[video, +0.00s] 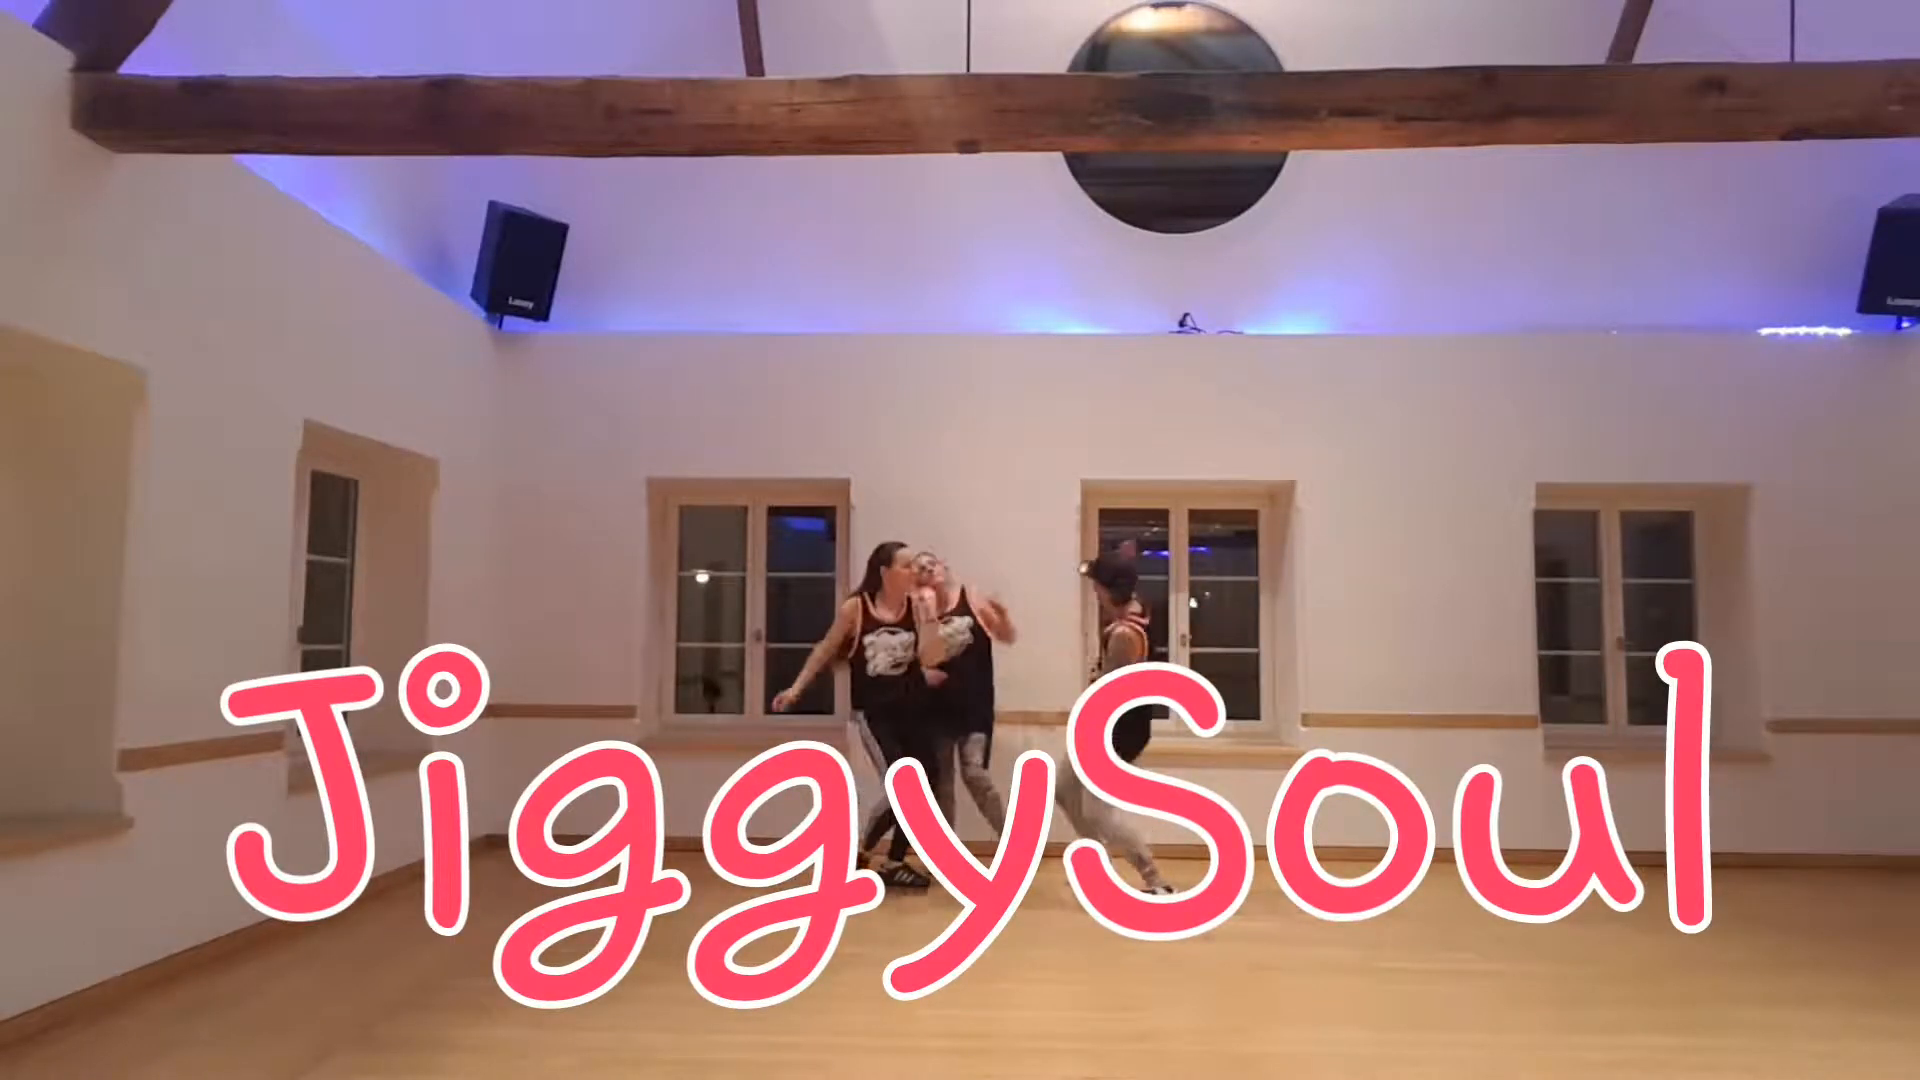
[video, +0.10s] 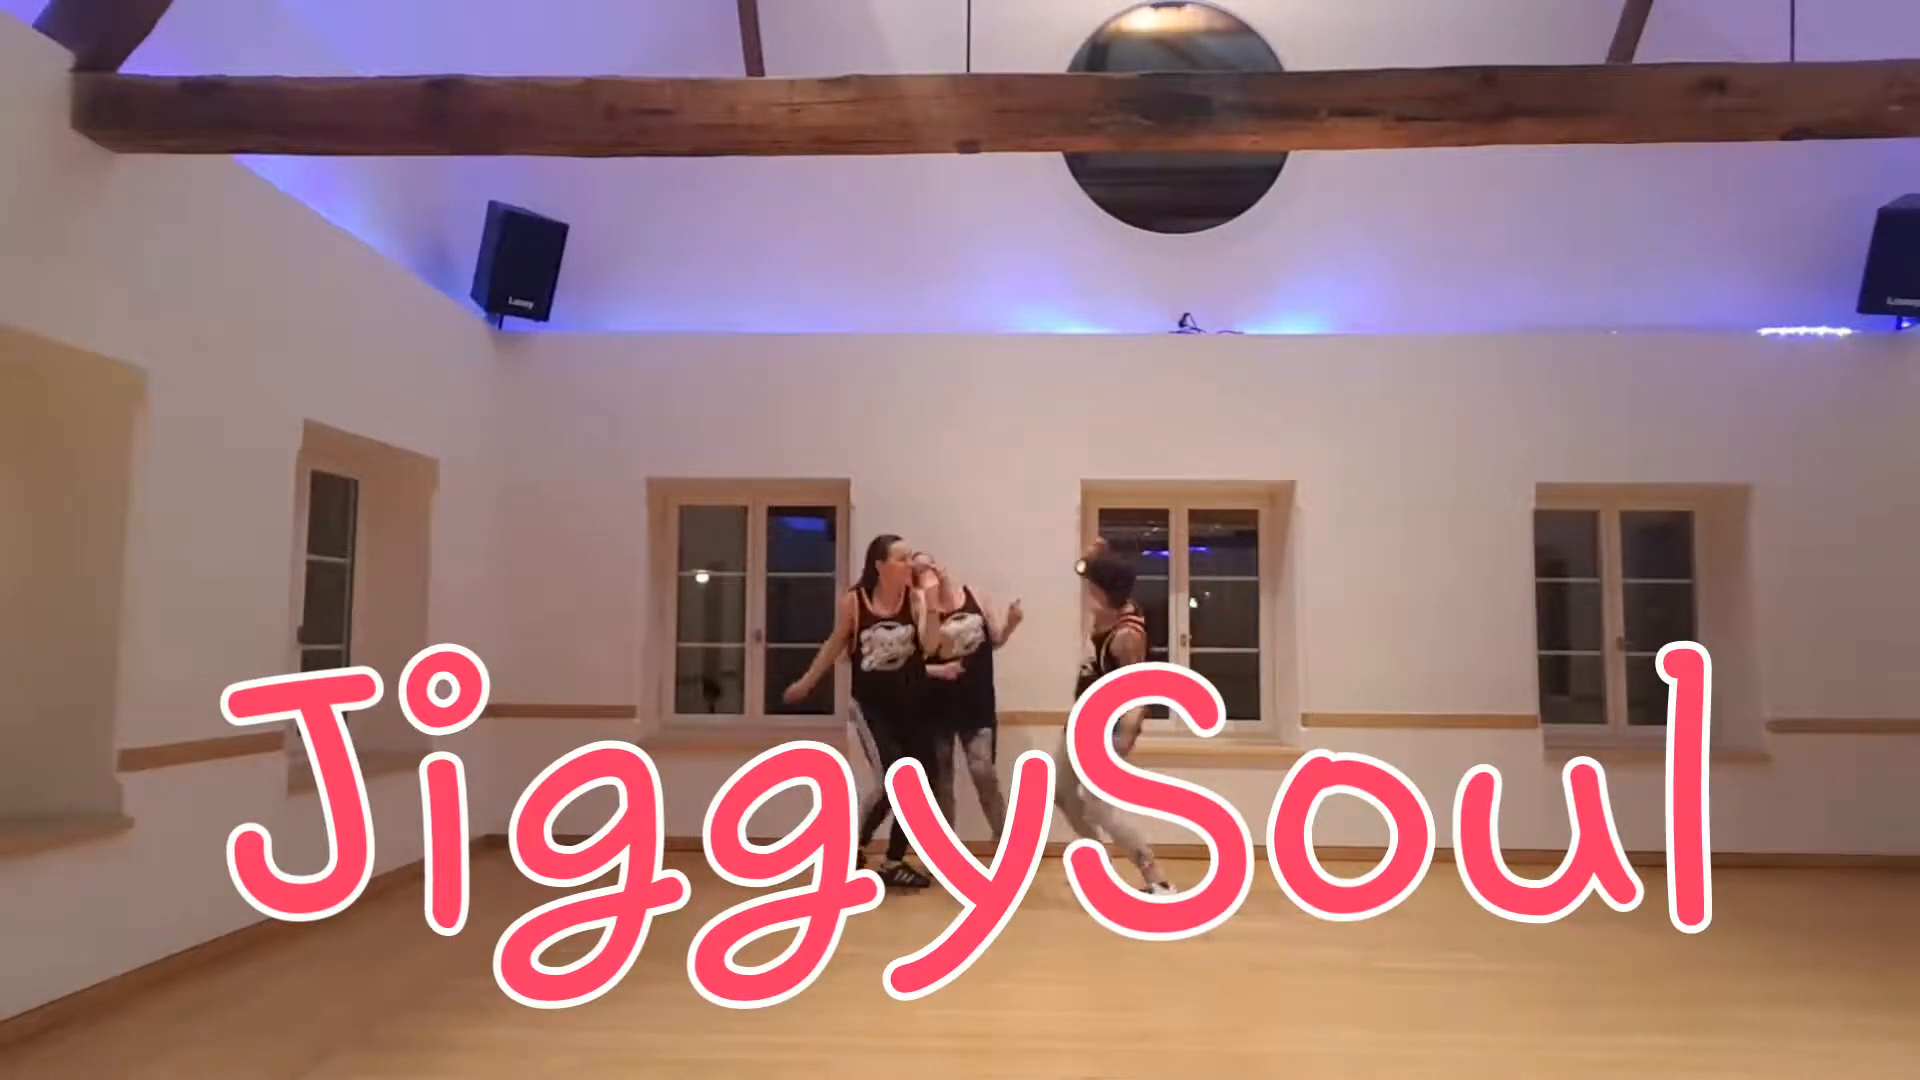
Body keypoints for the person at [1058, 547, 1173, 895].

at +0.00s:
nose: (1095, 592)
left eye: (1097, 586)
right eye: (1096, 586)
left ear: (1105, 590)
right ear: (1127, 587)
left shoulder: (1122, 635)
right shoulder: (1131, 625)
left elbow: (1114, 691)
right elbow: (1114, 685)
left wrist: (1096, 732)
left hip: (1121, 732)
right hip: (1127, 727)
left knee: (1096, 810)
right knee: (1065, 785)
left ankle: (1155, 882)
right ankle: (1097, 854)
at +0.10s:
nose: (1087, 592)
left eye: (1090, 586)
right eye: (1087, 585)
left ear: (1101, 592)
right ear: (1114, 590)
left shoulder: (1127, 635)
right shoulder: (1106, 623)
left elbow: (1134, 698)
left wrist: (1124, 740)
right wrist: (1096, 558)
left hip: (1108, 733)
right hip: (1084, 727)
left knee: (1099, 804)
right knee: (1062, 787)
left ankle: (1155, 881)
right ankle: (1094, 853)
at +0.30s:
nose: (1082, 570)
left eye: (1087, 567)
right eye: (1083, 565)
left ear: (1104, 574)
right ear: (1092, 571)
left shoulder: (1132, 610)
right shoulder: (1080, 581)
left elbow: (1171, 650)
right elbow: (1031, 573)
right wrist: (1047, 537)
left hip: (1100, 713)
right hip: (1069, 706)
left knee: (1090, 784)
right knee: (1069, 778)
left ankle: (1111, 859)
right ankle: (1105, 852)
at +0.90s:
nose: (1093, 555)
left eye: (1099, 549)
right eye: (1090, 549)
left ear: (1117, 553)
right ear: (1088, 553)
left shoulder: (1135, 588)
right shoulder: (1080, 583)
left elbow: (1145, 629)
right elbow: (1067, 582)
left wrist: (1188, 624)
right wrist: (1060, 578)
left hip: (1121, 697)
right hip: (1079, 698)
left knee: (1119, 771)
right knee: (1080, 783)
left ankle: (1118, 858)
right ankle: (1095, 858)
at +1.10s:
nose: (1101, 570)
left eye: (1108, 563)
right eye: (1099, 563)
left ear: (1127, 567)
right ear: (1098, 569)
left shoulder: (1151, 602)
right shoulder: (1090, 600)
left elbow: (1198, 621)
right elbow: (1058, 643)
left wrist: (1209, 582)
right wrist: (1075, 611)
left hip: (1138, 713)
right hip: (1091, 713)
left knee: (1147, 792)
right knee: (1076, 797)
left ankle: (1173, 873)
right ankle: (1089, 859)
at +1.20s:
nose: (1107, 578)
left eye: (1114, 571)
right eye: (1104, 572)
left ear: (1133, 575)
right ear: (1104, 577)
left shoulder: (1162, 610)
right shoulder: (1098, 612)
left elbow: (1216, 622)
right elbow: (1070, 643)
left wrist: (1214, 580)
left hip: (1151, 721)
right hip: (1103, 722)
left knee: (1157, 799)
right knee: (1088, 804)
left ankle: (1173, 875)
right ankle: (1091, 860)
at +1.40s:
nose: (1126, 566)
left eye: (1131, 558)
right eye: (1122, 560)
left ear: (1151, 555)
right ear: (1120, 561)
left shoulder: (1180, 586)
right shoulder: (1112, 597)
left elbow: (1234, 584)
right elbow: (1092, 656)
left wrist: (1211, 538)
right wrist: (1081, 711)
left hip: (1167, 707)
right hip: (1117, 705)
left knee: (1166, 791)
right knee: (1095, 785)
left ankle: (1175, 873)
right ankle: (1094, 846)